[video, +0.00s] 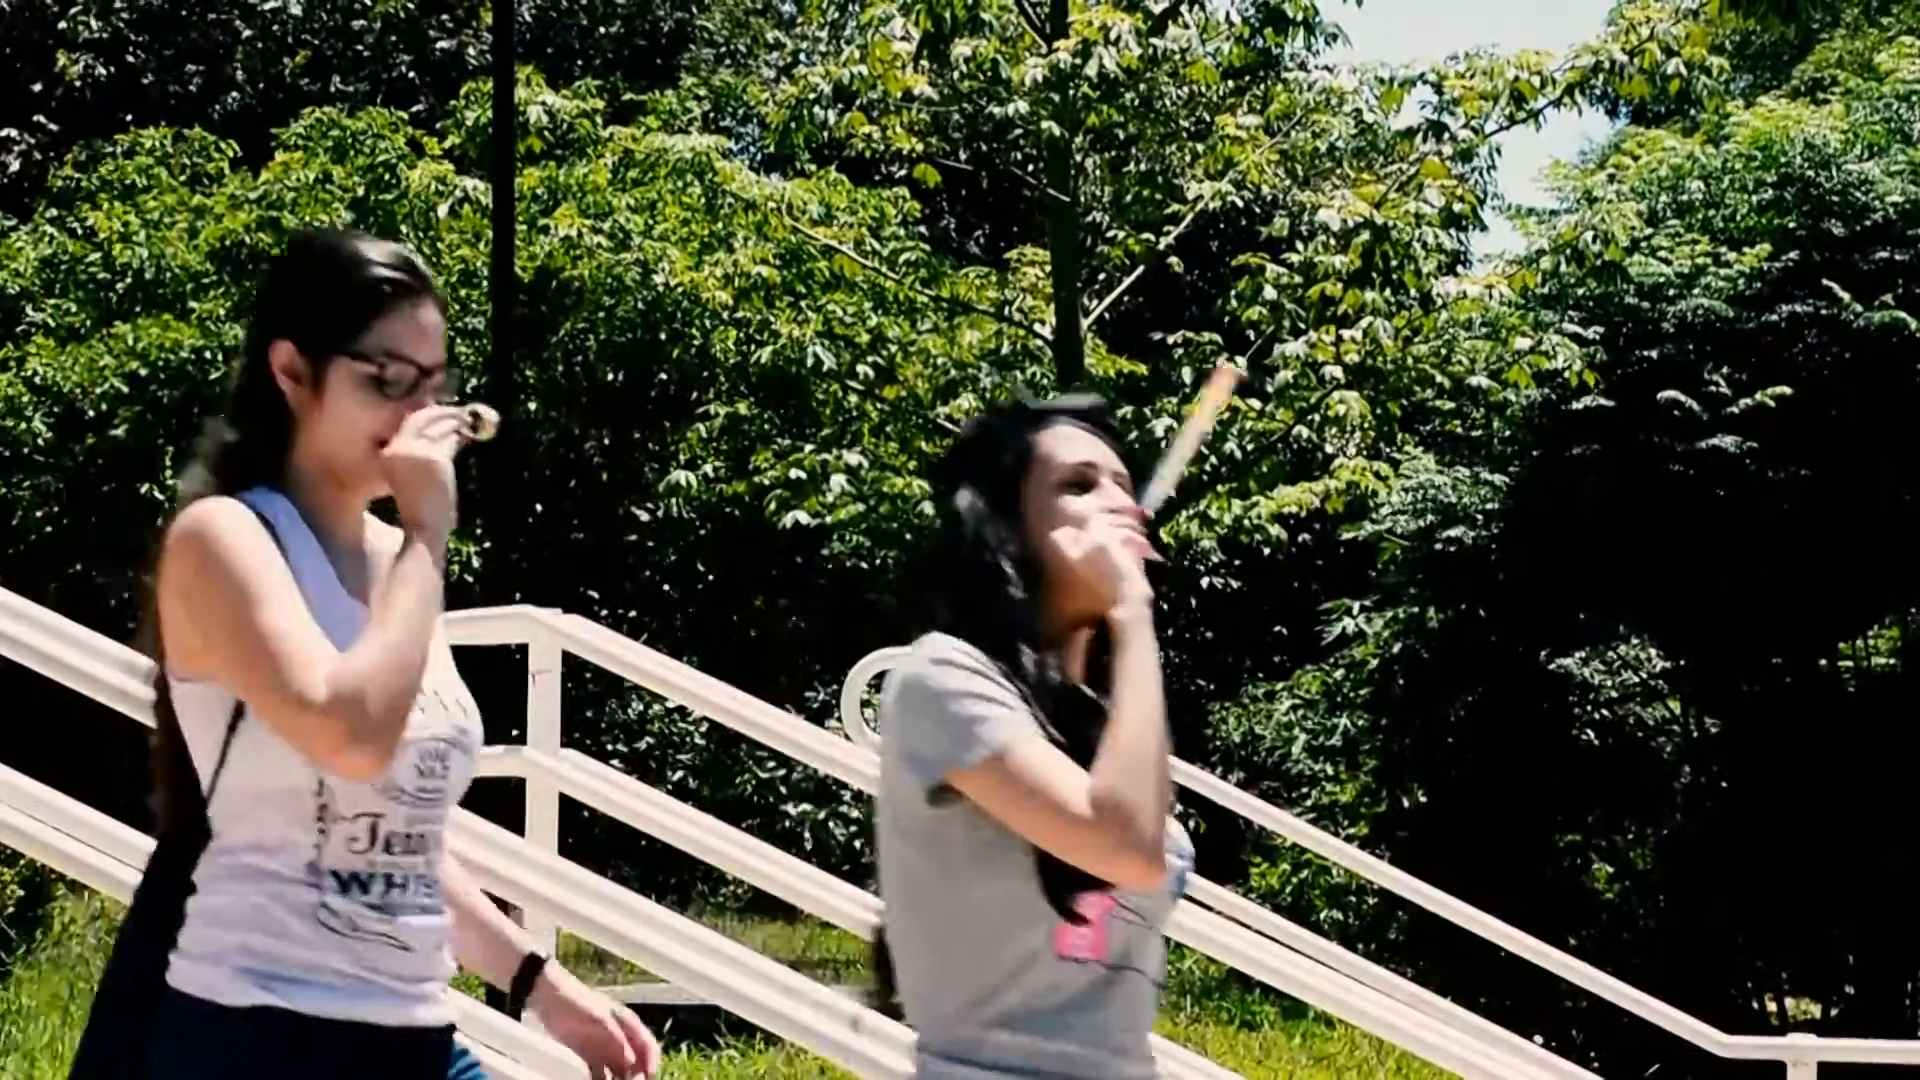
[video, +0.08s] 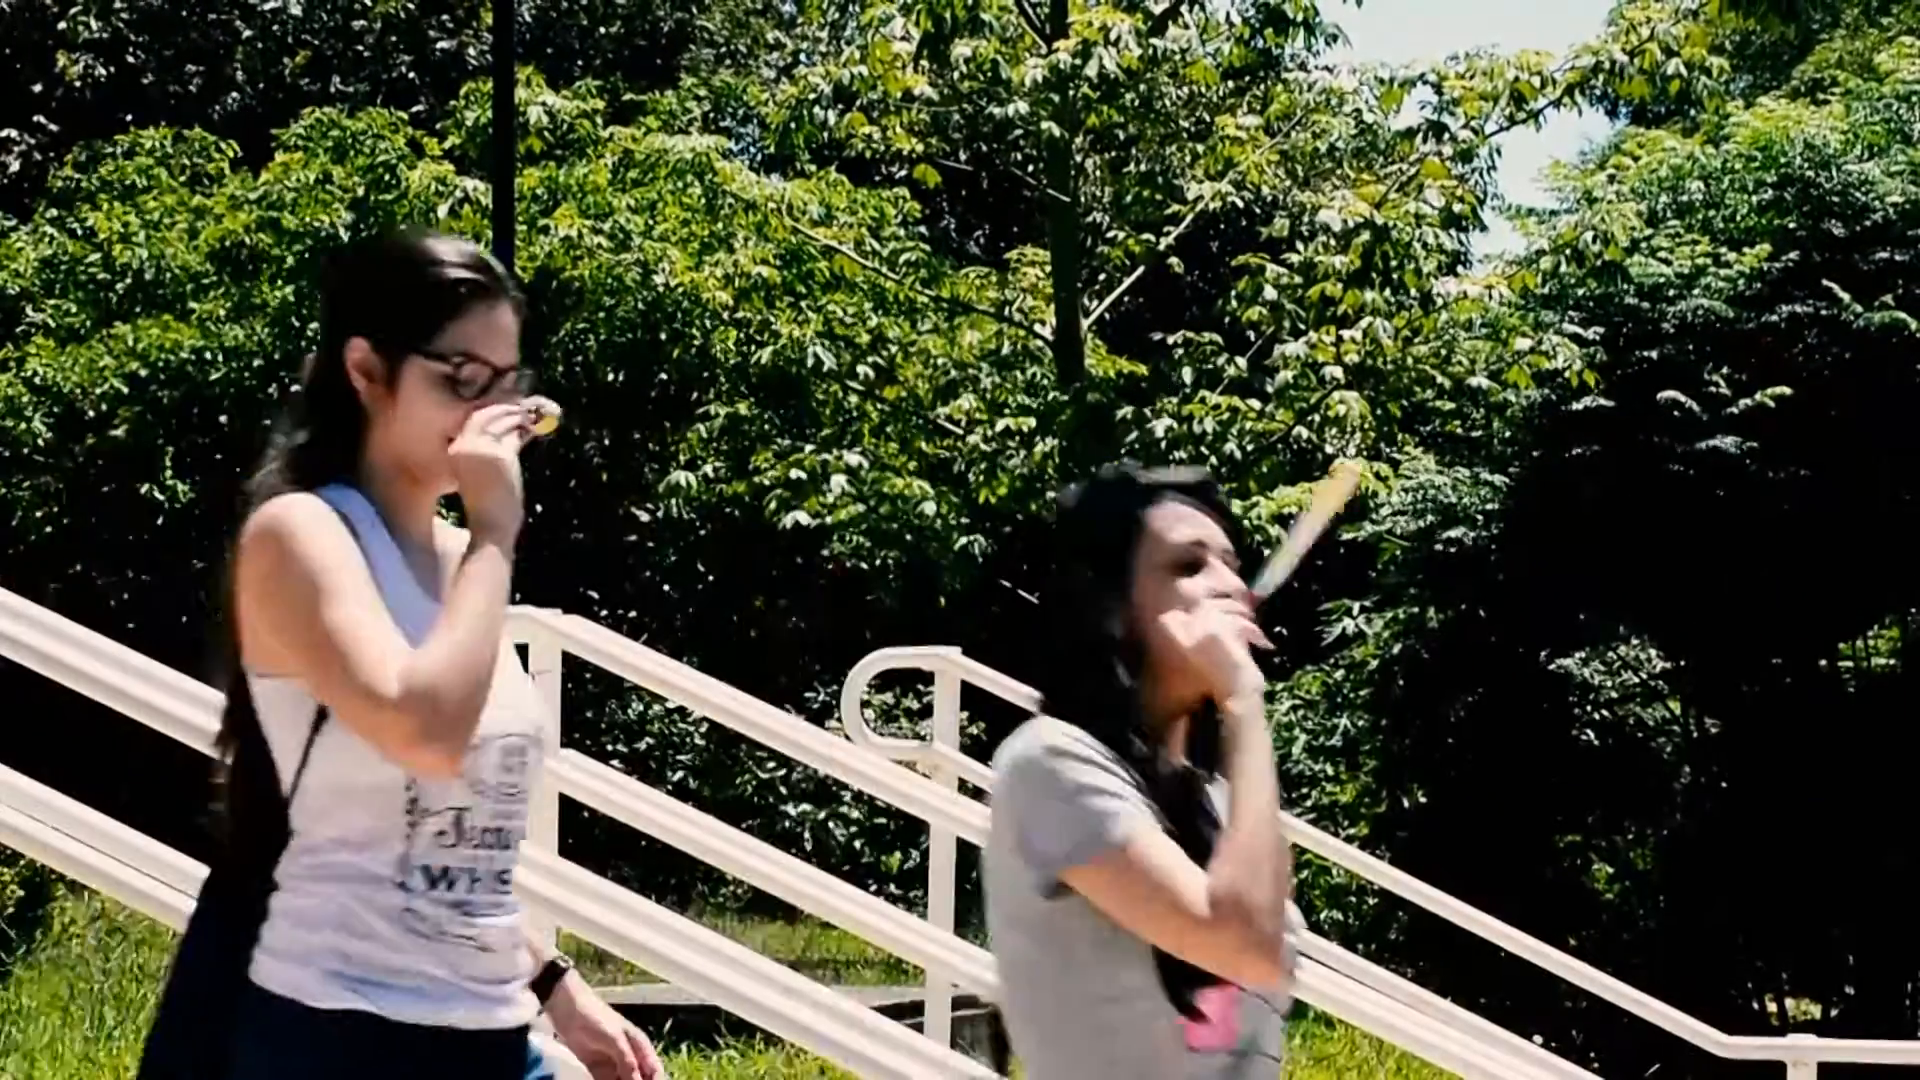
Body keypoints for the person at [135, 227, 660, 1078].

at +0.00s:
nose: (423, 410)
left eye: (435, 383)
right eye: (391, 377)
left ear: (450, 398)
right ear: (292, 373)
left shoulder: (404, 559)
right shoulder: (217, 537)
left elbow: (404, 837)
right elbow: (353, 737)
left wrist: (539, 983)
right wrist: (426, 538)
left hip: (412, 1030)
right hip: (244, 1024)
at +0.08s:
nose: (493, 410)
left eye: (506, 383)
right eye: (464, 375)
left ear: (521, 396)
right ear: (366, 370)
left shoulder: (467, 557)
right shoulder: (292, 535)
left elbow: (439, 837)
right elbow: (429, 733)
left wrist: (555, 986)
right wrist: (494, 536)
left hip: (489, 1029)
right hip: (329, 1024)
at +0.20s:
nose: (604, 395)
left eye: (617, 370)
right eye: (573, 363)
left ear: (629, 376)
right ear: (478, 363)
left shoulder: (570, 550)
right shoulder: (412, 524)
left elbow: (577, 822)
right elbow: (533, 744)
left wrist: (650, 1006)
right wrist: (601, 538)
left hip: (607, 1025)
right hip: (463, 1018)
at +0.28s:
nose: (700, 444)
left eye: (708, 413)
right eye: (665, 409)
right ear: (569, 416)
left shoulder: (647, 595)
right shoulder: (512, 568)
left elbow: (637, 903)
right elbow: (606, 824)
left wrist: (756, 1038)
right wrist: (682, 615)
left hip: (678, 1050)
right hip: (543, 1048)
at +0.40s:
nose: (823, 497)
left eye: (829, 468)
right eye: (787, 465)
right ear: (687, 474)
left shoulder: (770, 655)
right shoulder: (635, 626)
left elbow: (764, 947)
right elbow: (709, 892)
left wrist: (943, 1045)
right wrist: (798, 693)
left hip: (782, 1061)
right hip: (644, 1058)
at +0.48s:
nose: (894, 476)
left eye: (902, 448)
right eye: (861, 445)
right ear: (760, 448)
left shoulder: (845, 634)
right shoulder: (702, 601)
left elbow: (844, 928)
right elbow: (786, 854)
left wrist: (1033, 985)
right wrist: (869, 651)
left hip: (866, 1053)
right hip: (727, 1053)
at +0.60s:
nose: (1010, 481)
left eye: (1012, 450)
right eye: (971, 450)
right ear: (869, 464)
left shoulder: (952, 643)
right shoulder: (811, 606)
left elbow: (951, 924)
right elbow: (944, 828)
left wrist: (1132, 959)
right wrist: (996, 627)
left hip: (980, 1058)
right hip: (857, 1057)